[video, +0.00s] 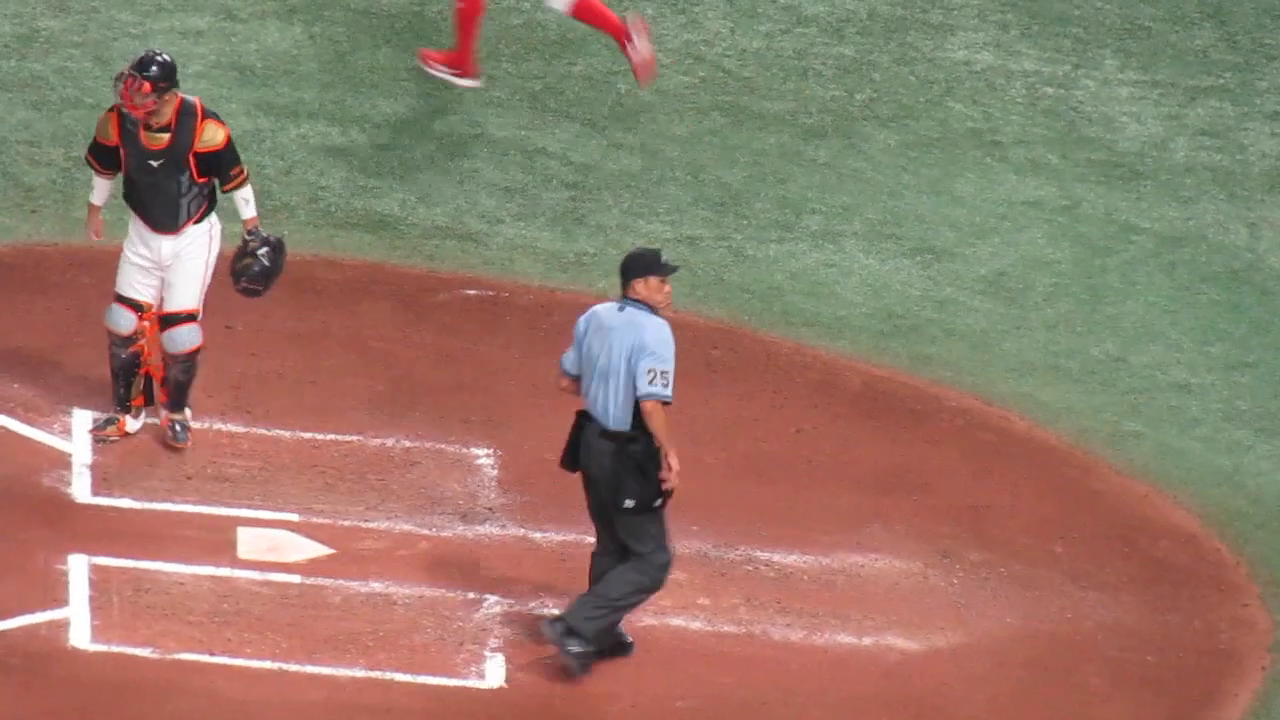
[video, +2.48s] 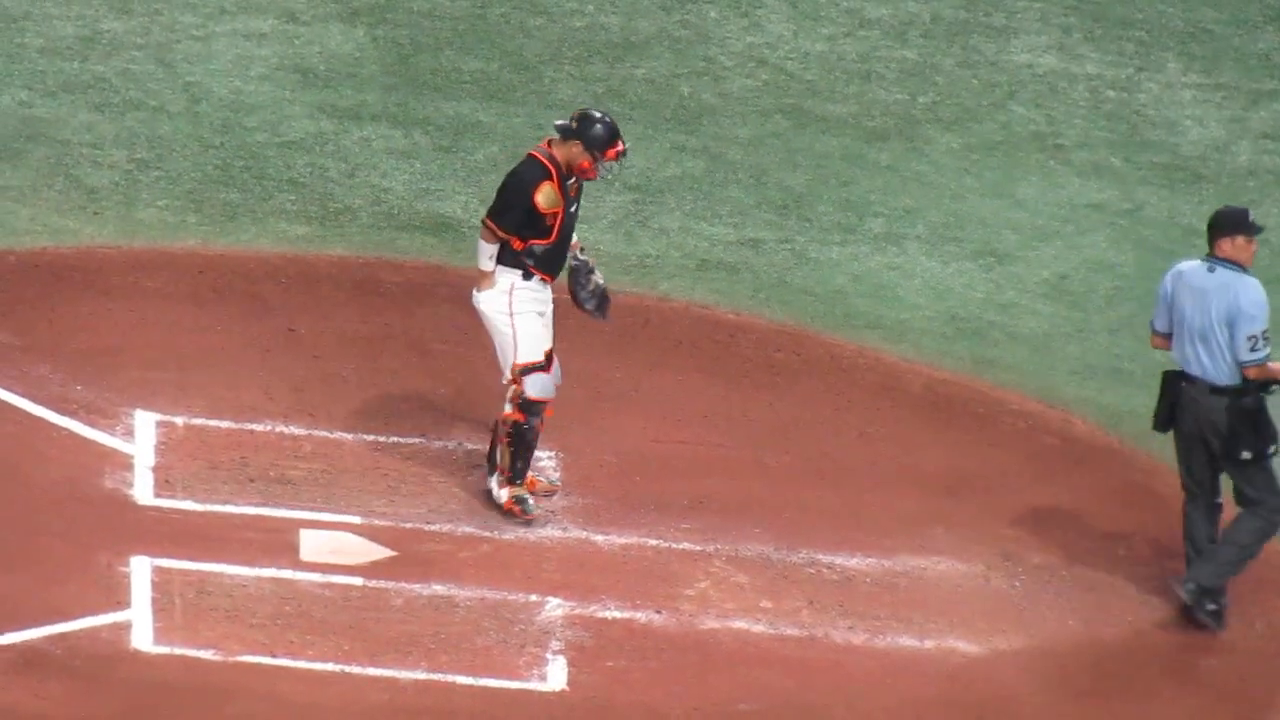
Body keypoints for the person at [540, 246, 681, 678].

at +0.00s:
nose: (669, 287)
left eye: (668, 280)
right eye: (662, 281)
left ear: (631, 286)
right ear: (640, 285)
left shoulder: (595, 316)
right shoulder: (655, 331)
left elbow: (570, 380)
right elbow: (650, 403)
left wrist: (614, 391)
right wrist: (669, 453)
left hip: (591, 444)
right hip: (627, 453)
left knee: (609, 543)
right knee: (652, 560)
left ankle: (602, 629)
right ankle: (575, 628)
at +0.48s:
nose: (831, 298)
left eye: (832, 290)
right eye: (825, 289)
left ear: (799, 290)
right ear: (802, 288)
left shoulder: (770, 311)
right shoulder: (794, 329)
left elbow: (746, 367)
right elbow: (743, 378)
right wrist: (748, 422)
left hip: (751, 446)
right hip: (782, 450)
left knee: (740, 539)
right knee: (805, 548)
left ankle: (667, 600)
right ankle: (793, 639)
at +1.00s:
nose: (968, 291)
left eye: (969, 284)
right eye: (968, 284)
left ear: (933, 276)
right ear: (956, 281)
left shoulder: (892, 304)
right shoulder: (954, 321)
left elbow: (858, 366)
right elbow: (933, 388)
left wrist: (826, 416)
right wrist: (936, 452)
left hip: (889, 431)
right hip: (924, 439)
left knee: (932, 523)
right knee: (904, 543)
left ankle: (934, 610)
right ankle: (831, 627)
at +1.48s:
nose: (1083, 270)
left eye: (1083, 263)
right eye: (1076, 263)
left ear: (1050, 266)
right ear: (1052, 266)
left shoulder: (1017, 287)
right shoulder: (1053, 313)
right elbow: (1049, 387)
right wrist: (1081, 415)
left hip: (1004, 417)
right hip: (1037, 428)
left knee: (982, 519)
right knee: (1074, 526)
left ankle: (951, 611)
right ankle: (1103, 613)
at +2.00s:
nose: (1202, 268)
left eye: (1202, 261)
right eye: (1197, 261)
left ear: (1169, 262)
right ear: (1173, 262)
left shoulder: (1127, 276)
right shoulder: (1181, 311)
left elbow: (1112, 336)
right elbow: (1182, 384)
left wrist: (1171, 353)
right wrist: (1209, 389)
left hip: (1121, 409)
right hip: (1152, 420)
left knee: (1155, 508)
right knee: (1145, 517)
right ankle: (1123, 619)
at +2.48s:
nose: (1256, 247)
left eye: (1254, 239)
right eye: (1250, 240)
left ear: (1218, 244)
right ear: (1229, 243)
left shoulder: (1179, 273)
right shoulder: (1247, 290)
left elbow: (1160, 339)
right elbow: (1253, 368)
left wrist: (1207, 340)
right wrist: (1276, 369)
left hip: (1188, 399)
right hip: (1230, 408)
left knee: (1199, 496)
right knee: (1264, 505)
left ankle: (1204, 594)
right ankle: (1201, 584)